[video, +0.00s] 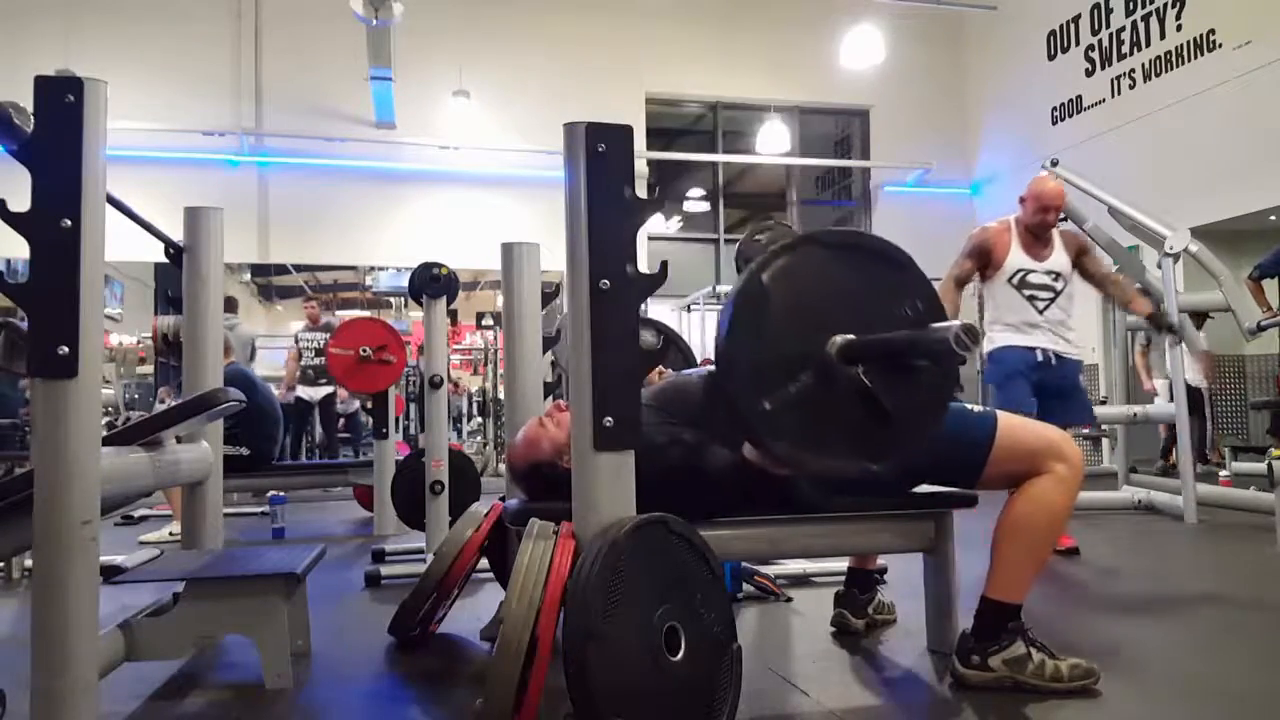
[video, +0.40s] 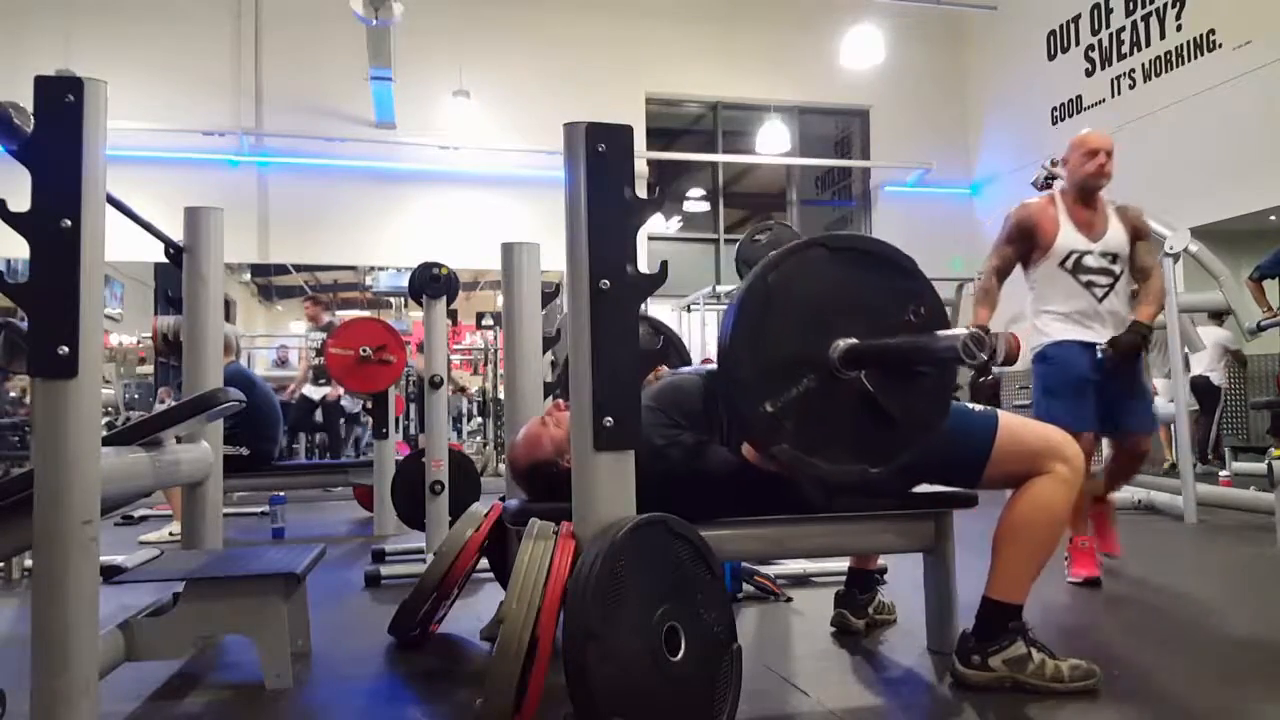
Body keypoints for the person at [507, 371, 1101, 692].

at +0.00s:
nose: (550, 407)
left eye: (539, 414)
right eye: (544, 424)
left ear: (557, 425)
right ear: (562, 454)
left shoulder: (617, 423)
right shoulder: (630, 451)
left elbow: (666, 383)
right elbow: (764, 460)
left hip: (800, 430)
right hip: (842, 441)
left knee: (902, 444)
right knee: (1058, 457)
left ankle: (858, 595)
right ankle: (992, 642)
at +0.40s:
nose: (555, 405)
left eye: (544, 410)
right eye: (548, 421)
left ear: (563, 428)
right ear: (564, 455)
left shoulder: (621, 425)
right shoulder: (630, 458)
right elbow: (757, 462)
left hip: (807, 430)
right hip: (840, 445)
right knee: (1059, 455)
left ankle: (858, 595)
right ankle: (994, 641)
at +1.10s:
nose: (544, 408)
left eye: (533, 415)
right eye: (536, 425)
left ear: (556, 449)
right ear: (555, 460)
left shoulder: (608, 430)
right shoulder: (617, 447)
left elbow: (649, 310)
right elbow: (657, 300)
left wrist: (662, 191)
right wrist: (665, 186)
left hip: (814, 420)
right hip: (835, 432)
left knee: (906, 435)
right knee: (1047, 450)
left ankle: (861, 595)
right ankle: (993, 641)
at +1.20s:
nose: (545, 410)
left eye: (534, 415)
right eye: (537, 427)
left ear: (554, 433)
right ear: (556, 461)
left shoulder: (607, 428)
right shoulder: (617, 450)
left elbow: (648, 353)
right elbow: (656, 339)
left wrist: (666, 246)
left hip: (819, 419)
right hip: (835, 433)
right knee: (1048, 450)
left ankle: (859, 595)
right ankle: (992, 639)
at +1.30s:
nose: (546, 409)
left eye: (535, 414)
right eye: (538, 426)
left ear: (553, 436)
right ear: (558, 460)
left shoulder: (609, 427)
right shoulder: (619, 449)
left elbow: (650, 353)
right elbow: (659, 338)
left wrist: (670, 235)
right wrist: (670, 231)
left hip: (818, 418)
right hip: (839, 434)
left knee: (919, 434)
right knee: (1049, 452)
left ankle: (860, 594)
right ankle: (992, 640)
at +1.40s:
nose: (545, 409)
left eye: (534, 414)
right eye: (537, 427)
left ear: (554, 425)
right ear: (557, 462)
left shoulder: (608, 429)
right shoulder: (618, 450)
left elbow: (655, 330)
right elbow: (670, 316)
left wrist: (670, 217)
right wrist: (674, 213)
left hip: (821, 419)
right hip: (840, 434)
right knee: (1049, 453)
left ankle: (859, 592)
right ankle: (992, 639)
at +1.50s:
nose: (546, 410)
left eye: (534, 413)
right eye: (538, 427)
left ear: (555, 426)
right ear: (559, 466)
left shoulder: (610, 433)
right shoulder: (628, 453)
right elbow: (678, 325)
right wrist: (687, 211)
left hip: (812, 428)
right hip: (837, 438)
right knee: (1050, 451)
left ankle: (862, 591)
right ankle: (993, 639)